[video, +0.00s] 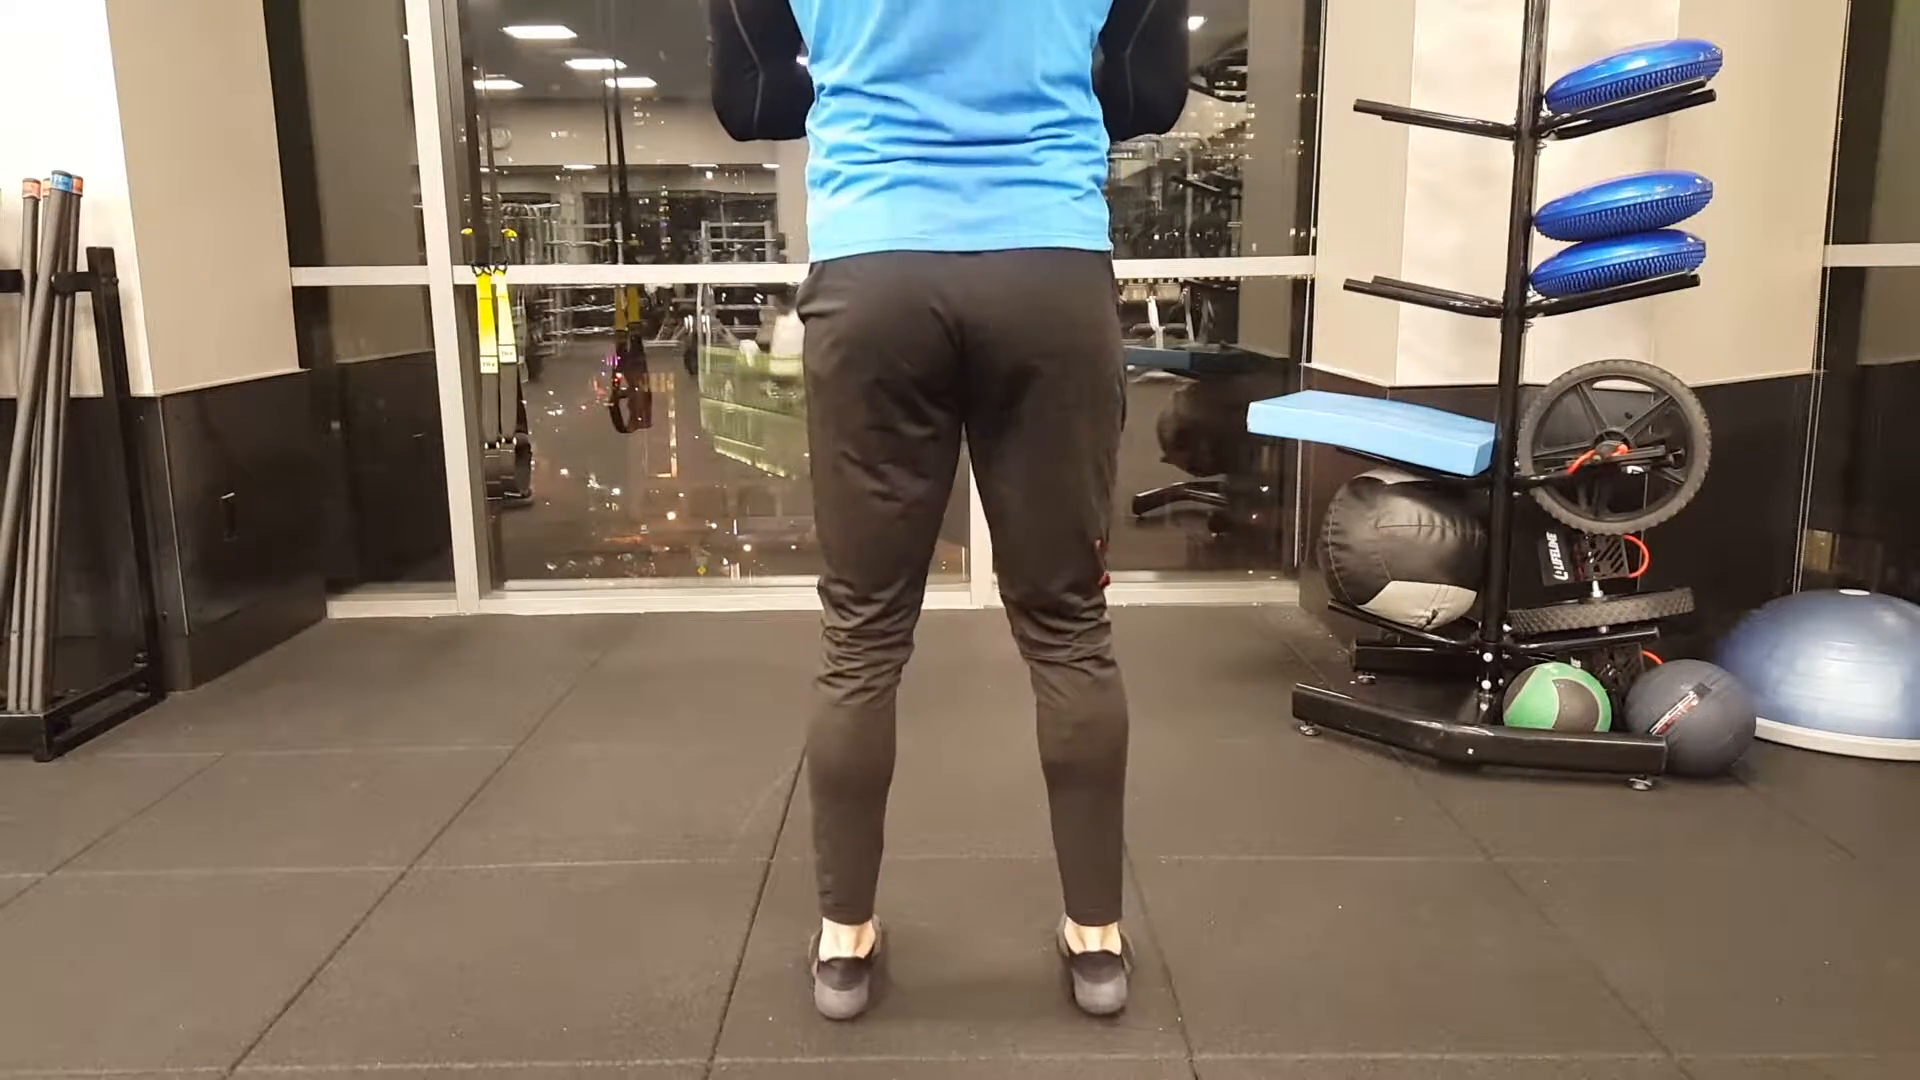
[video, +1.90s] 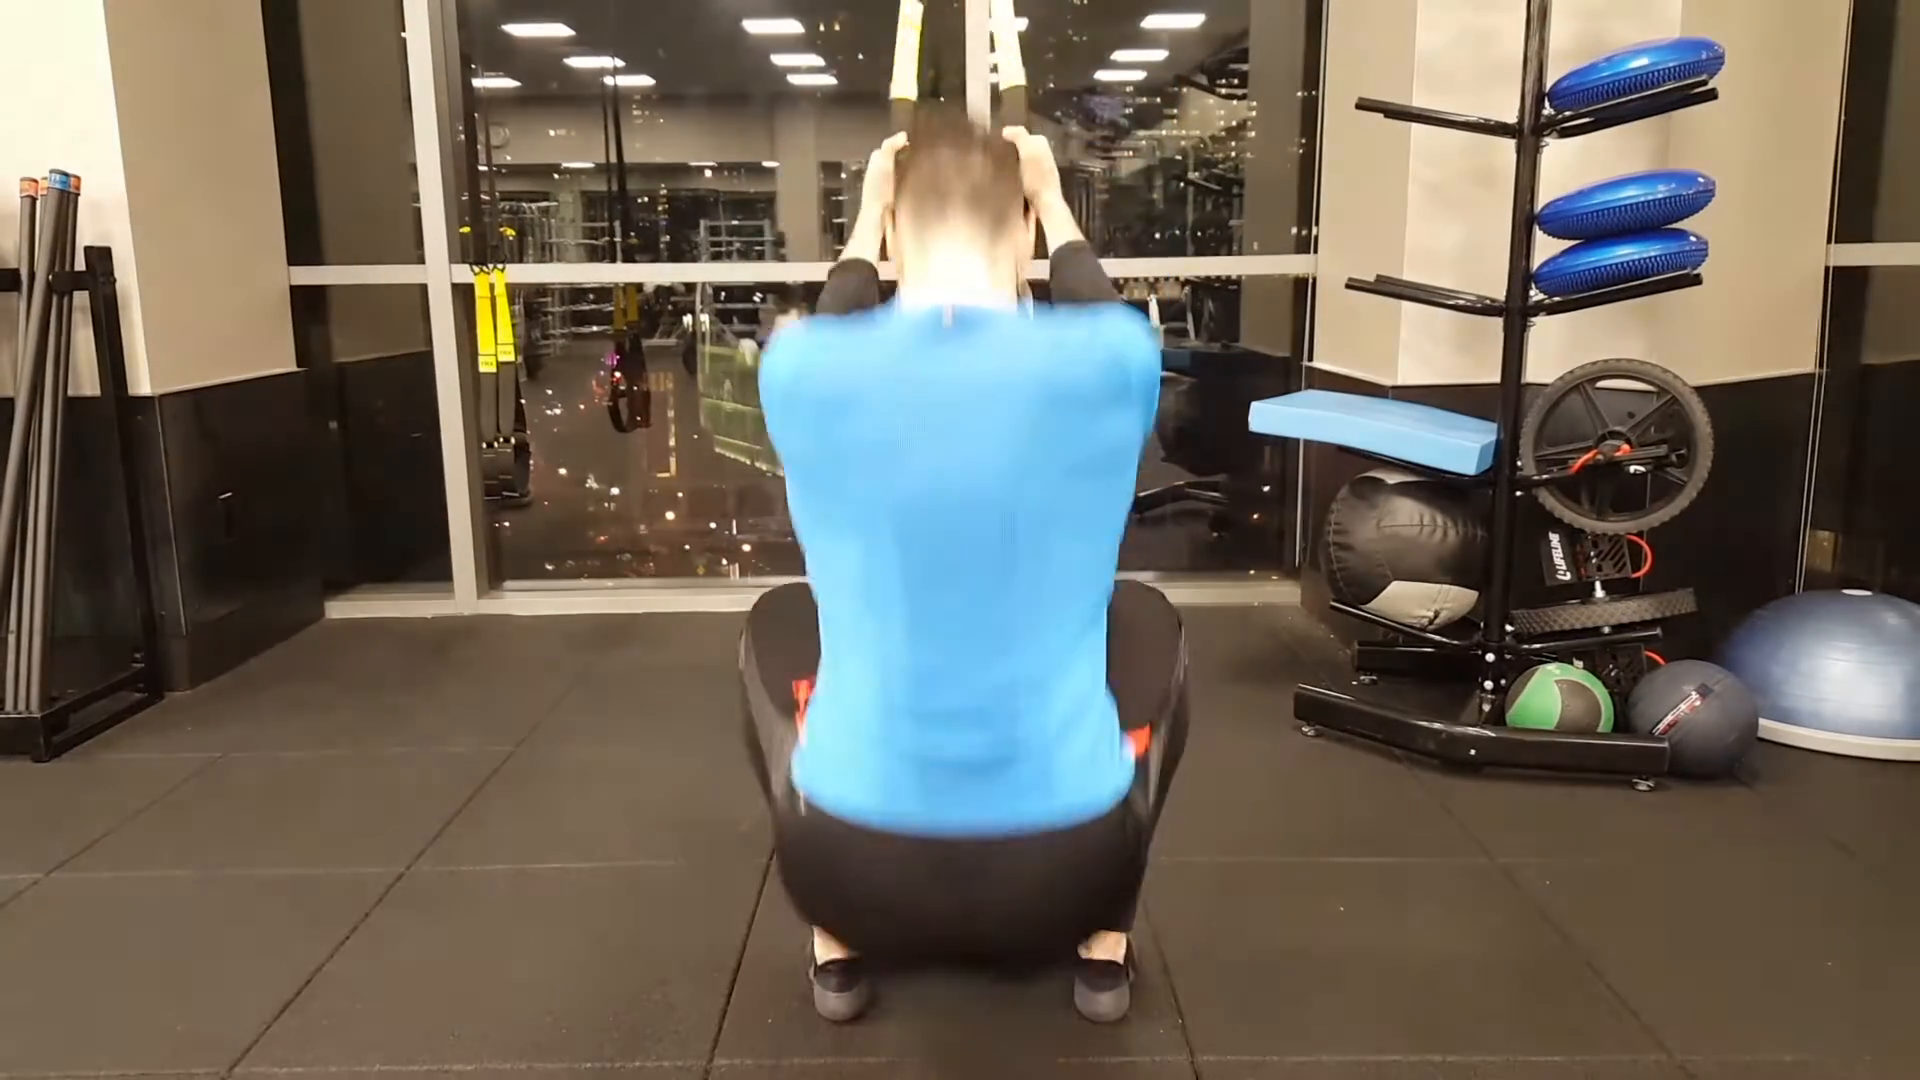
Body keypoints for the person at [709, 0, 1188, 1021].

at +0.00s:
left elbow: (751, 104)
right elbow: (1149, 97)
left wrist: (878, 86)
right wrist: (1021, 100)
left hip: (871, 266)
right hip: (1052, 267)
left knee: (861, 631)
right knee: (1066, 619)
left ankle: (845, 947)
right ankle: (1096, 945)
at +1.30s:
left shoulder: (764, 9)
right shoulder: (1129, 9)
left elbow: (783, 229)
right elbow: (1128, 225)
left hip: (847, 410)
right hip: (1070, 409)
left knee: (820, 665)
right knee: (1104, 663)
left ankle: (836, 953)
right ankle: (1106, 955)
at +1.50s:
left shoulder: (775, 83)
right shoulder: (1128, 68)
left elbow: (780, 289)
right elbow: (1118, 286)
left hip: (843, 560)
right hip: (1076, 560)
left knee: (798, 671)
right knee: (1122, 666)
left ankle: (835, 951)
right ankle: (1106, 953)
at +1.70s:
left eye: (909, 79)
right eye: (1010, 78)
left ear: (885, 87)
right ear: (1025, 85)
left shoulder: (784, 220)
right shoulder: (1127, 207)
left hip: (850, 724)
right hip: (1062, 726)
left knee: (774, 612)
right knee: (1148, 613)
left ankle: (833, 947)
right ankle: (1107, 951)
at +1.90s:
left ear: (893, 234)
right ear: (1026, 234)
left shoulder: (800, 375)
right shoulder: (1113, 366)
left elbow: (827, 330)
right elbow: (1107, 316)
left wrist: (867, 230)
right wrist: (1055, 213)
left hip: (867, 885)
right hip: (1055, 884)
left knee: (777, 611)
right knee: (1144, 607)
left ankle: (833, 939)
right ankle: (1109, 938)